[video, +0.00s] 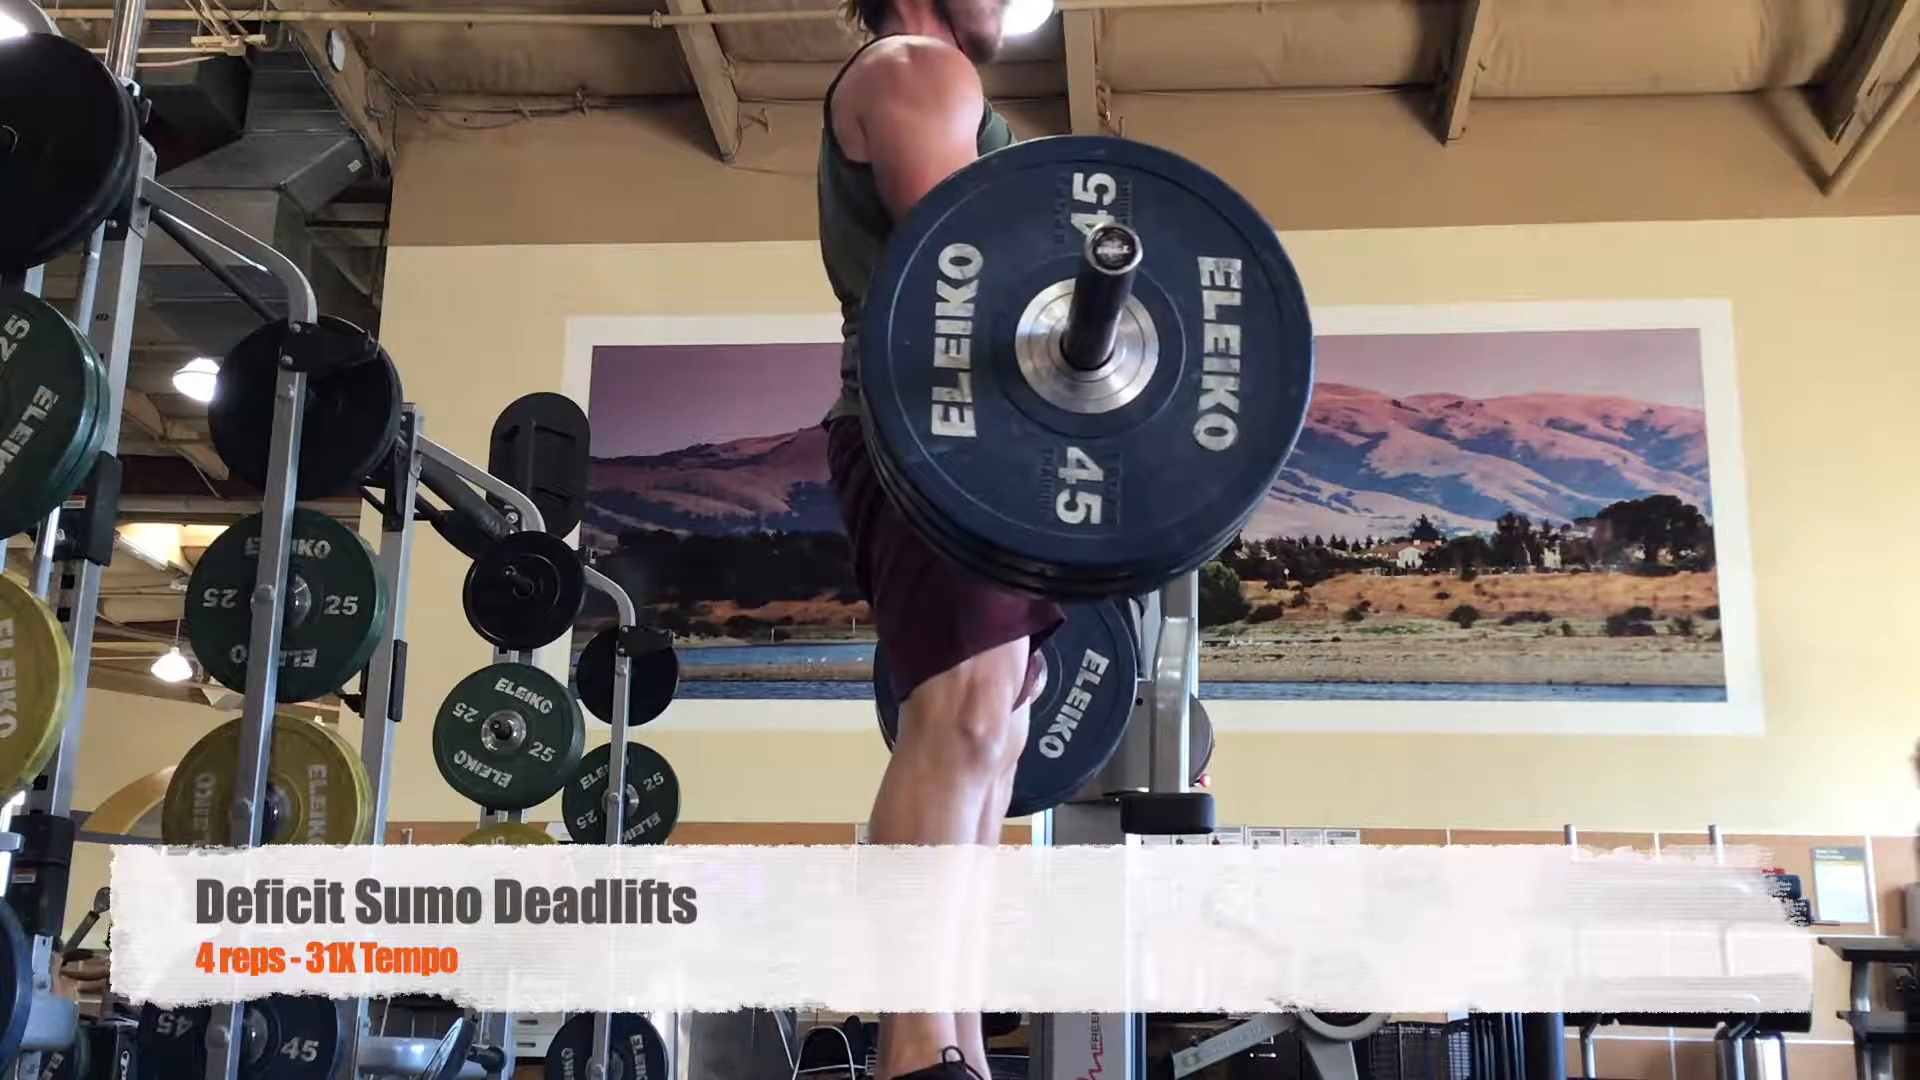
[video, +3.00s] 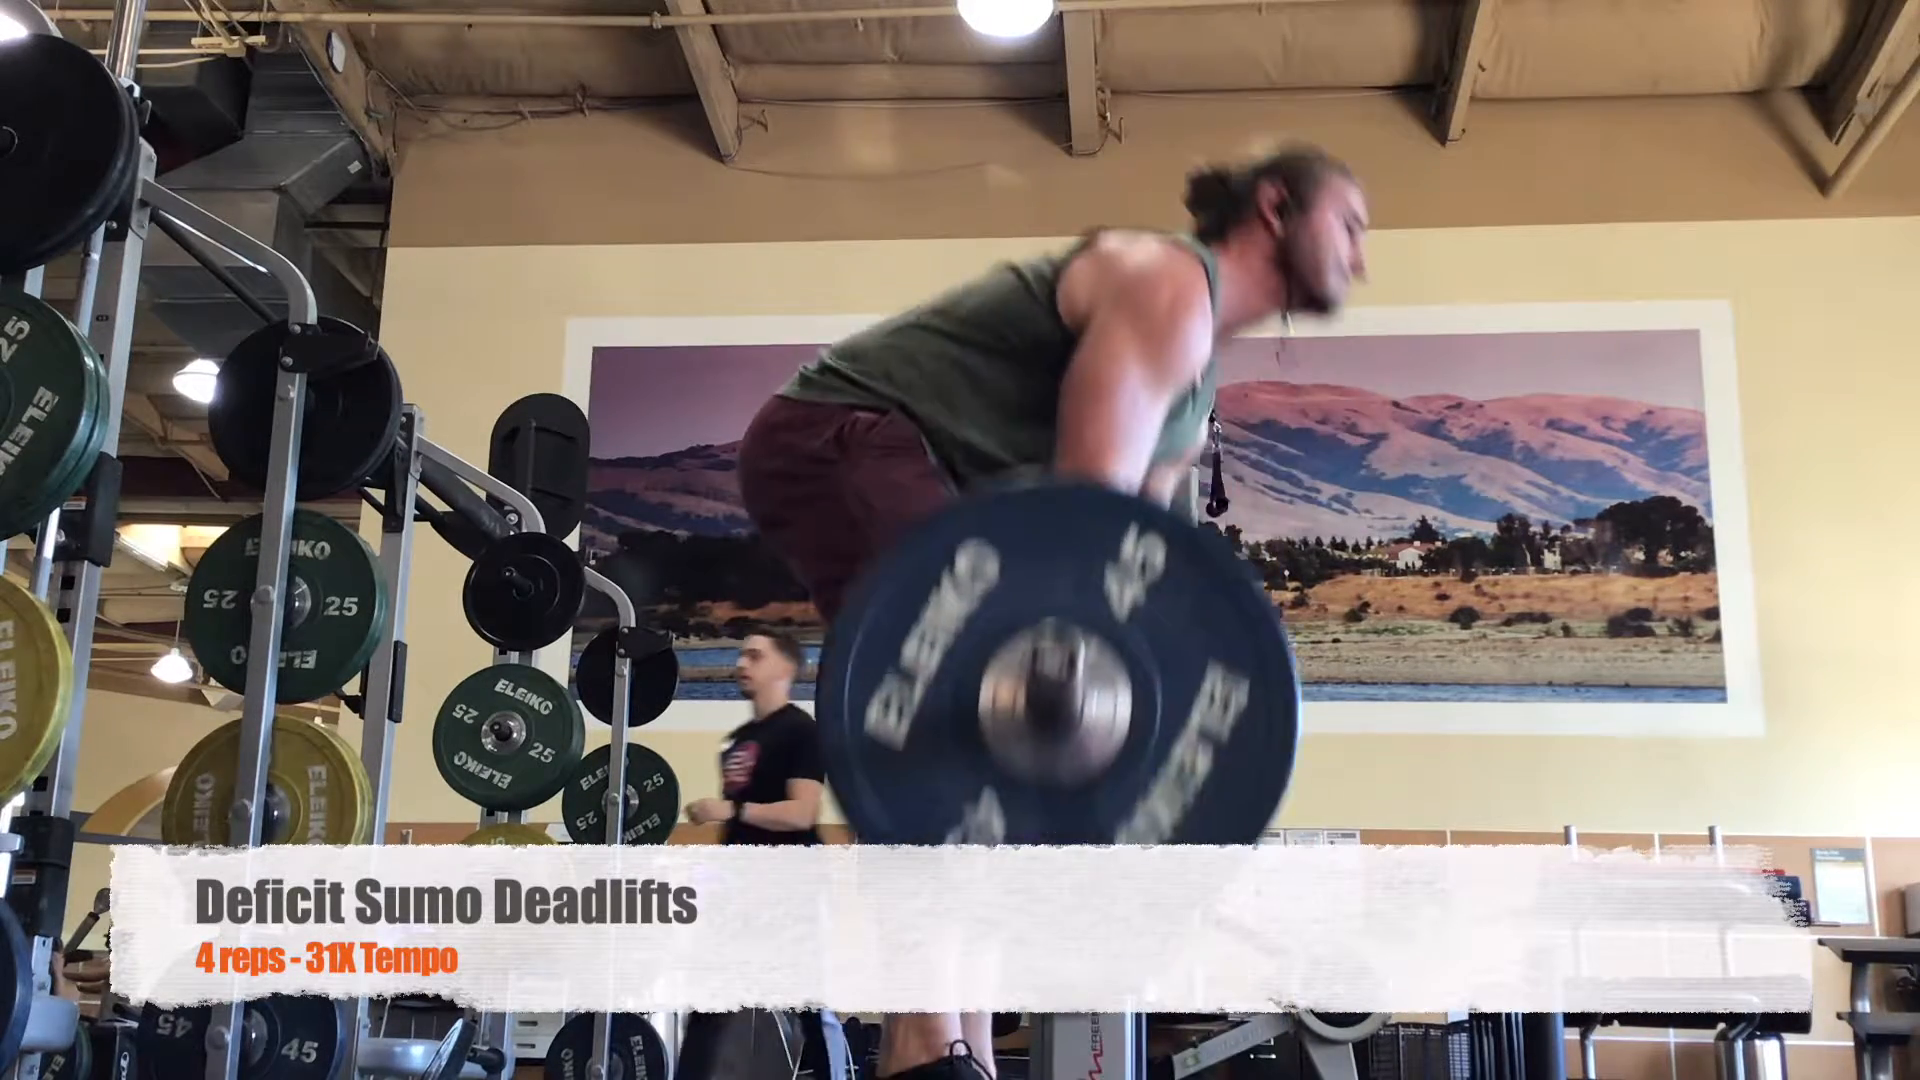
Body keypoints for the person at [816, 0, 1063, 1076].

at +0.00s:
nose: (1013, 2)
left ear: (909, 10)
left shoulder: (932, 81)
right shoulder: (915, 69)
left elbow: (982, 283)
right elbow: (973, 277)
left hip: (965, 427)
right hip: (918, 422)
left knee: (994, 727)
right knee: (967, 711)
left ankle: (956, 1039)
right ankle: (913, 1050)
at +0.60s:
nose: (1171, 10)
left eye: (1167, 0)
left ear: (1079, 12)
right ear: (1088, 1)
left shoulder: (1062, 98)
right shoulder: (1054, 84)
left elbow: (1045, 334)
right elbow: (1038, 322)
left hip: (967, 442)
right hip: (920, 432)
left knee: (996, 713)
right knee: (962, 696)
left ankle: (956, 1037)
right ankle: (917, 1041)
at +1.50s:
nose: (1299, 129)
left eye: (1297, 108)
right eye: (1282, 103)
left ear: (1221, 116)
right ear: (1209, 106)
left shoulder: (1162, 246)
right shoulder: (1132, 192)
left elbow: (1105, 438)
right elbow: (1069, 407)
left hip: (905, 448)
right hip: (839, 426)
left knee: (991, 721)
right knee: (934, 701)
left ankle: (955, 1029)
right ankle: (907, 1037)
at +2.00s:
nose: (1347, 278)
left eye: (1347, 251)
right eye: (1333, 244)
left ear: (1263, 242)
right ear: (1261, 235)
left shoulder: (1185, 427)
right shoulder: (1154, 314)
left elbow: (1135, 582)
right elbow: (1084, 552)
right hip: (827, 457)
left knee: (996, 746)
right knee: (954, 726)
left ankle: (970, 1043)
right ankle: (923, 1043)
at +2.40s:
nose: (1379, 439)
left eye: (1382, 417)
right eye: (1367, 406)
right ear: (1293, 387)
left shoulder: (1188, 579)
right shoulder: (1166, 457)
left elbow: (1133, 739)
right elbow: (1080, 699)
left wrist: (1134, 894)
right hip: (809, 542)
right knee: (1039, 696)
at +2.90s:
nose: (1387, 342)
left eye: (1390, 320)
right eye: (1375, 308)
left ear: (1304, 294)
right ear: (1301, 286)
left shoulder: (1199, 467)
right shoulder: (1176, 354)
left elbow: (1141, 630)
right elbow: (1082, 582)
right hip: (840, 458)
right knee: (978, 727)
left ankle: (933, 1032)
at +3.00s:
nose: (1361, 258)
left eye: (1364, 235)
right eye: (1350, 225)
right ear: (1274, 206)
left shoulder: (1189, 395)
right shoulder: (1165, 286)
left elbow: (1145, 543)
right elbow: (1089, 502)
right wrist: (1091, 661)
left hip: (911, 466)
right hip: (840, 434)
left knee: (981, 728)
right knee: (945, 713)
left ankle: (965, 1037)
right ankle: (922, 1039)